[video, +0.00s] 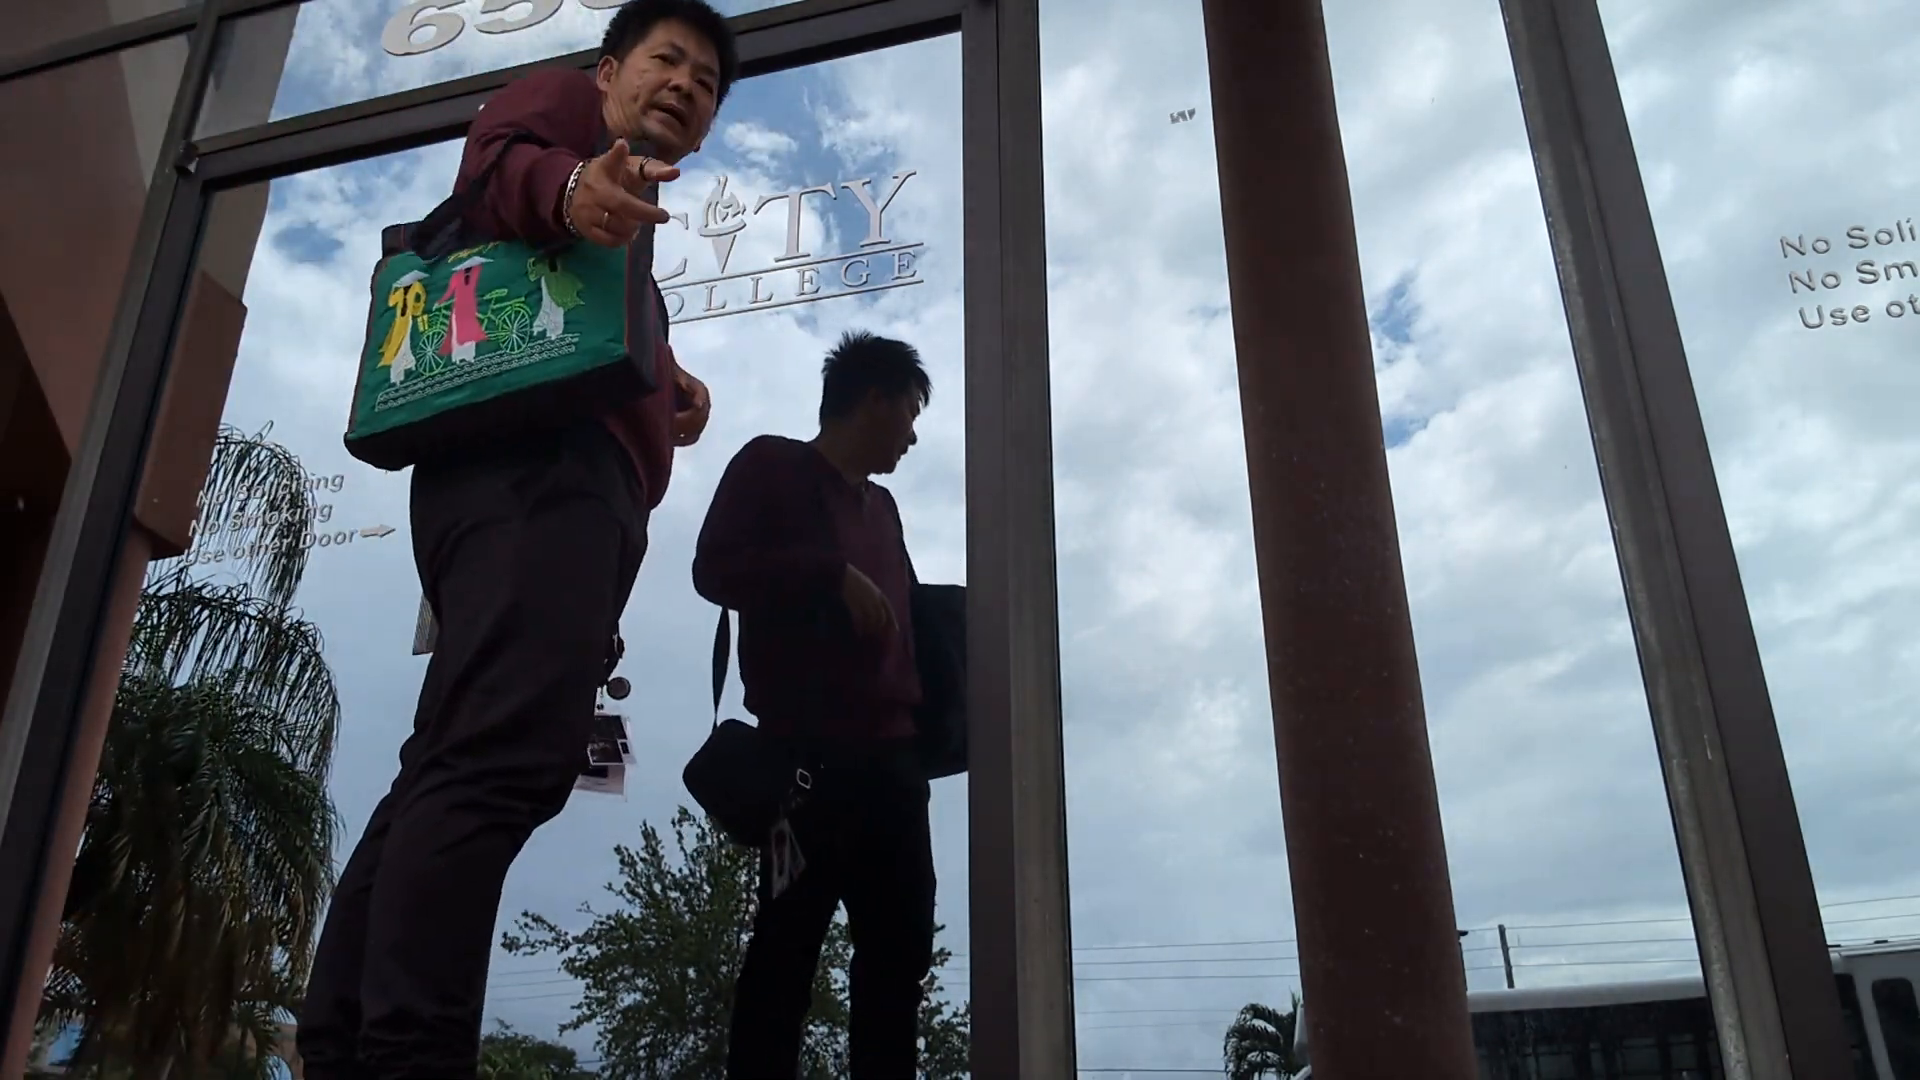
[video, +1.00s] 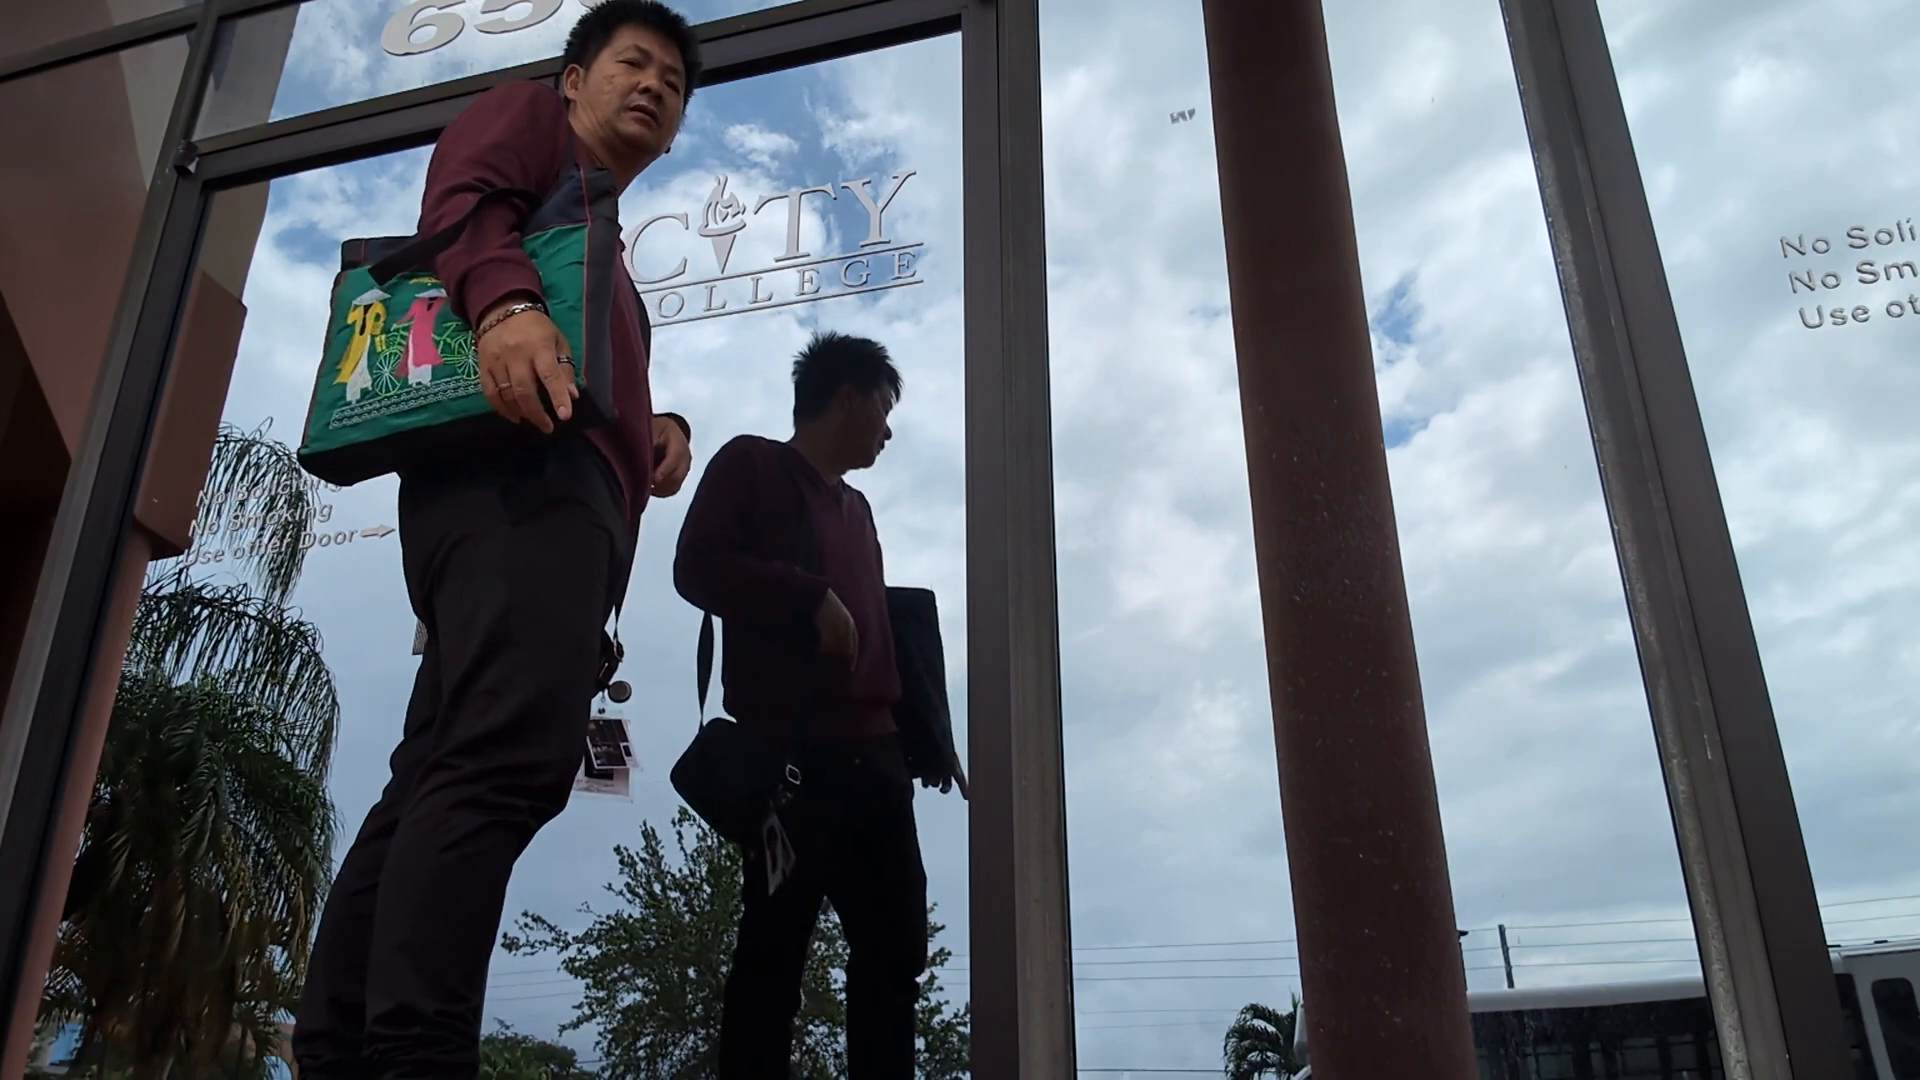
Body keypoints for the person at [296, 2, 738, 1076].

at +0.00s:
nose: (686, 91)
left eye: (707, 87)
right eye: (670, 64)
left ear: (704, 115)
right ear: (613, 56)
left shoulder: (626, 188)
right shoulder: (561, 93)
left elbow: (597, 326)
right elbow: (497, 168)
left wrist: (665, 383)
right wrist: (568, 191)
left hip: (557, 478)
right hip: (534, 462)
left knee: (458, 761)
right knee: (505, 762)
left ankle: (341, 1038)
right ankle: (414, 1051)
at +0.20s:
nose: (677, 76)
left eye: (699, 72)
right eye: (659, 49)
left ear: (699, 109)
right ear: (604, 53)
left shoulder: (620, 197)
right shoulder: (558, 92)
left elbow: (605, 345)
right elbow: (462, 176)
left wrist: (667, 383)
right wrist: (541, 203)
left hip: (568, 481)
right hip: (531, 455)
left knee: (460, 766)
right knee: (506, 764)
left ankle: (341, 1041)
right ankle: (410, 1051)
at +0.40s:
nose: (664, 68)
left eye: (687, 64)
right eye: (645, 43)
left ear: (691, 108)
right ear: (593, 53)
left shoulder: (620, 223)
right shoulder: (547, 92)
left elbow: (607, 356)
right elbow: (461, 176)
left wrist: (667, 386)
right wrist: (526, 213)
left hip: (574, 490)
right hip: (523, 458)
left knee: (460, 765)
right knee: (504, 764)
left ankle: (340, 1037)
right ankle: (410, 1049)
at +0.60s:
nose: (661, 75)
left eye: (682, 72)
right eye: (643, 50)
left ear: (685, 113)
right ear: (586, 61)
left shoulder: (618, 242)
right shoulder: (546, 96)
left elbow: (610, 369)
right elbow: (467, 174)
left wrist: (664, 400)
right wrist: (510, 259)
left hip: (579, 488)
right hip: (529, 454)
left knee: (458, 766)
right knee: (500, 765)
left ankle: (338, 1038)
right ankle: (410, 1049)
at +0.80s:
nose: (660, 83)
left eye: (680, 81)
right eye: (642, 59)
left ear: (682, 119)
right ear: (583, 65)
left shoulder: (615, 249)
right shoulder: (543, 99)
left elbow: (603, 385)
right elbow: (468, 184)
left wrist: (657, 415)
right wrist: (496, 295)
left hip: (575, 485)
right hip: (528, 452)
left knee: (450, 767)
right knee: (502, 765)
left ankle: (339, 1042)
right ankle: (414, 1052)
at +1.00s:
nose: (656, 91)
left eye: (674, 88)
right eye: (638, 66)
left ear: (672, 121)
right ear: (576, 69)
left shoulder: (604, 247)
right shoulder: (536, 108)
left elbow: (600, 389)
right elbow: (467, 190)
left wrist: (652, 432)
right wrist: (505, 304)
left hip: (559, 485)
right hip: (525, 461)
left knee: (442, 769)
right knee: (506, 763)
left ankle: (336, 1045)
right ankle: (417, 1051)